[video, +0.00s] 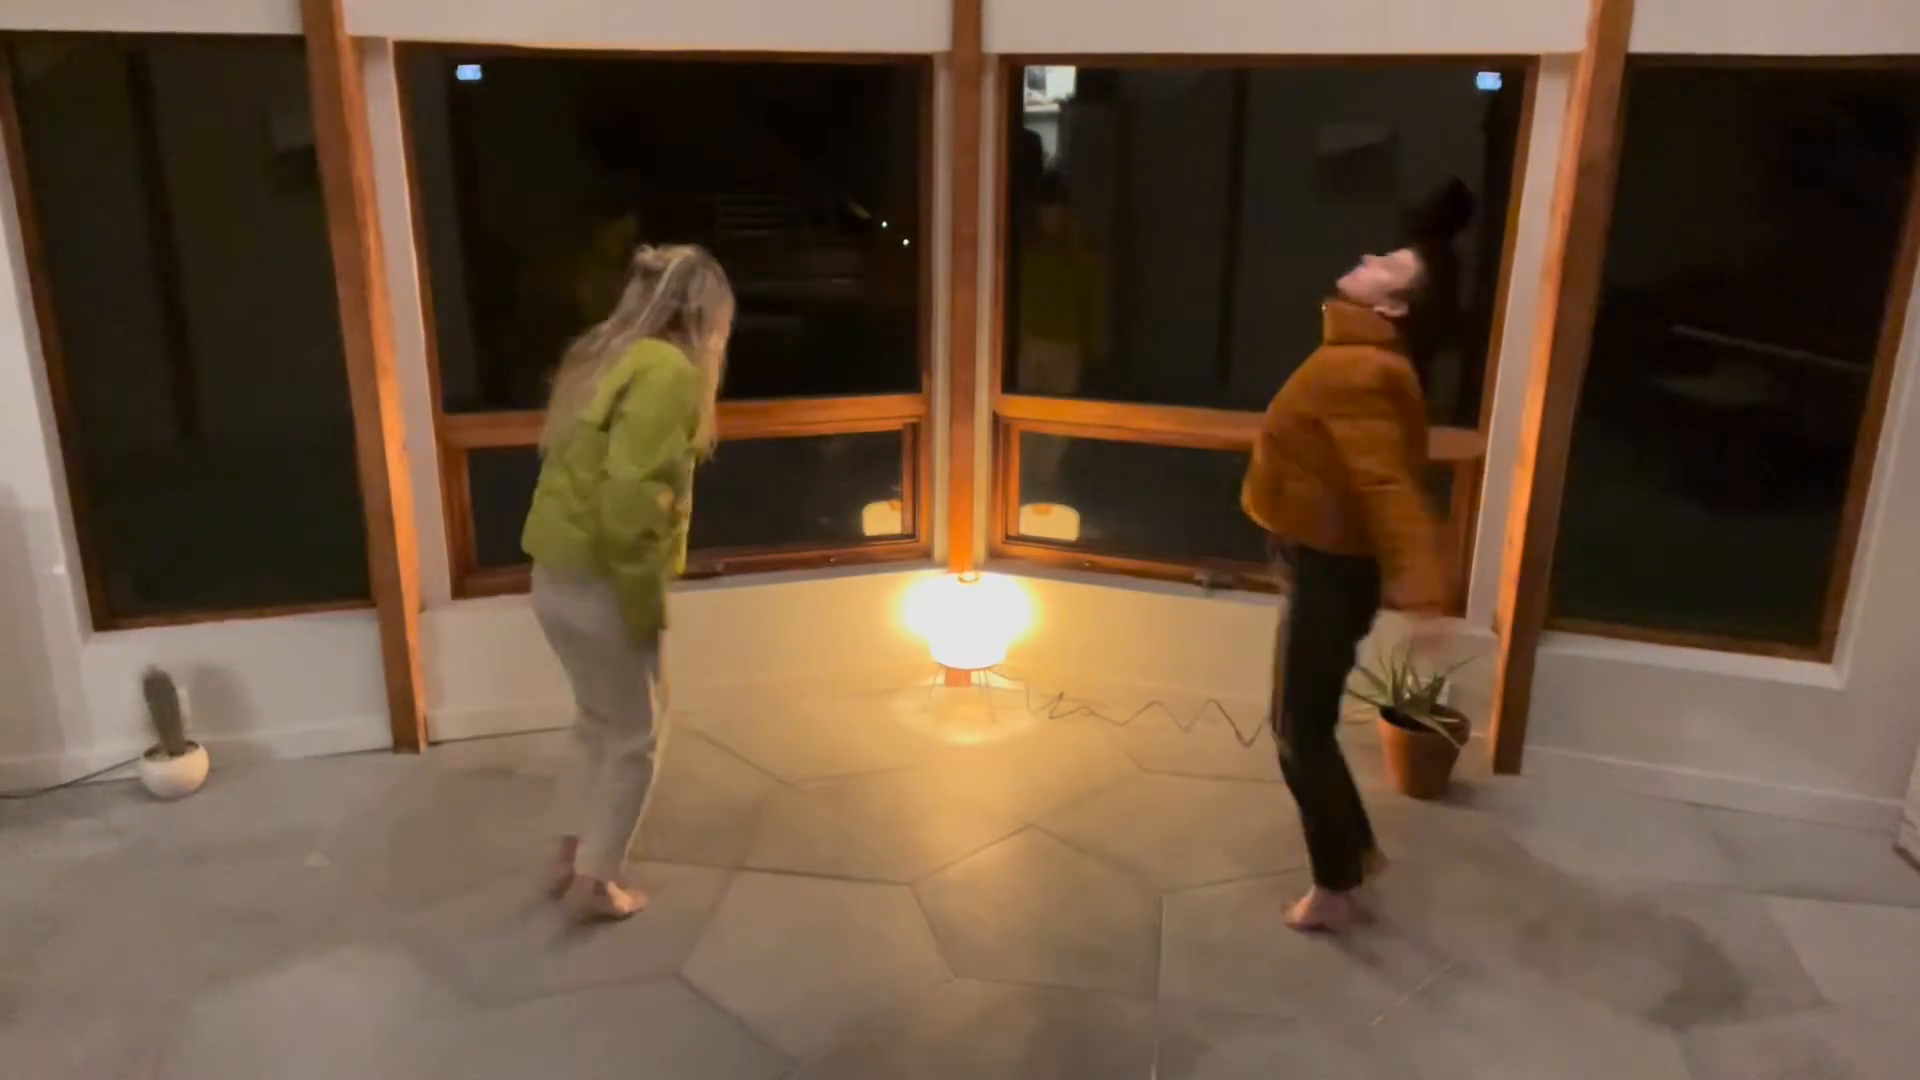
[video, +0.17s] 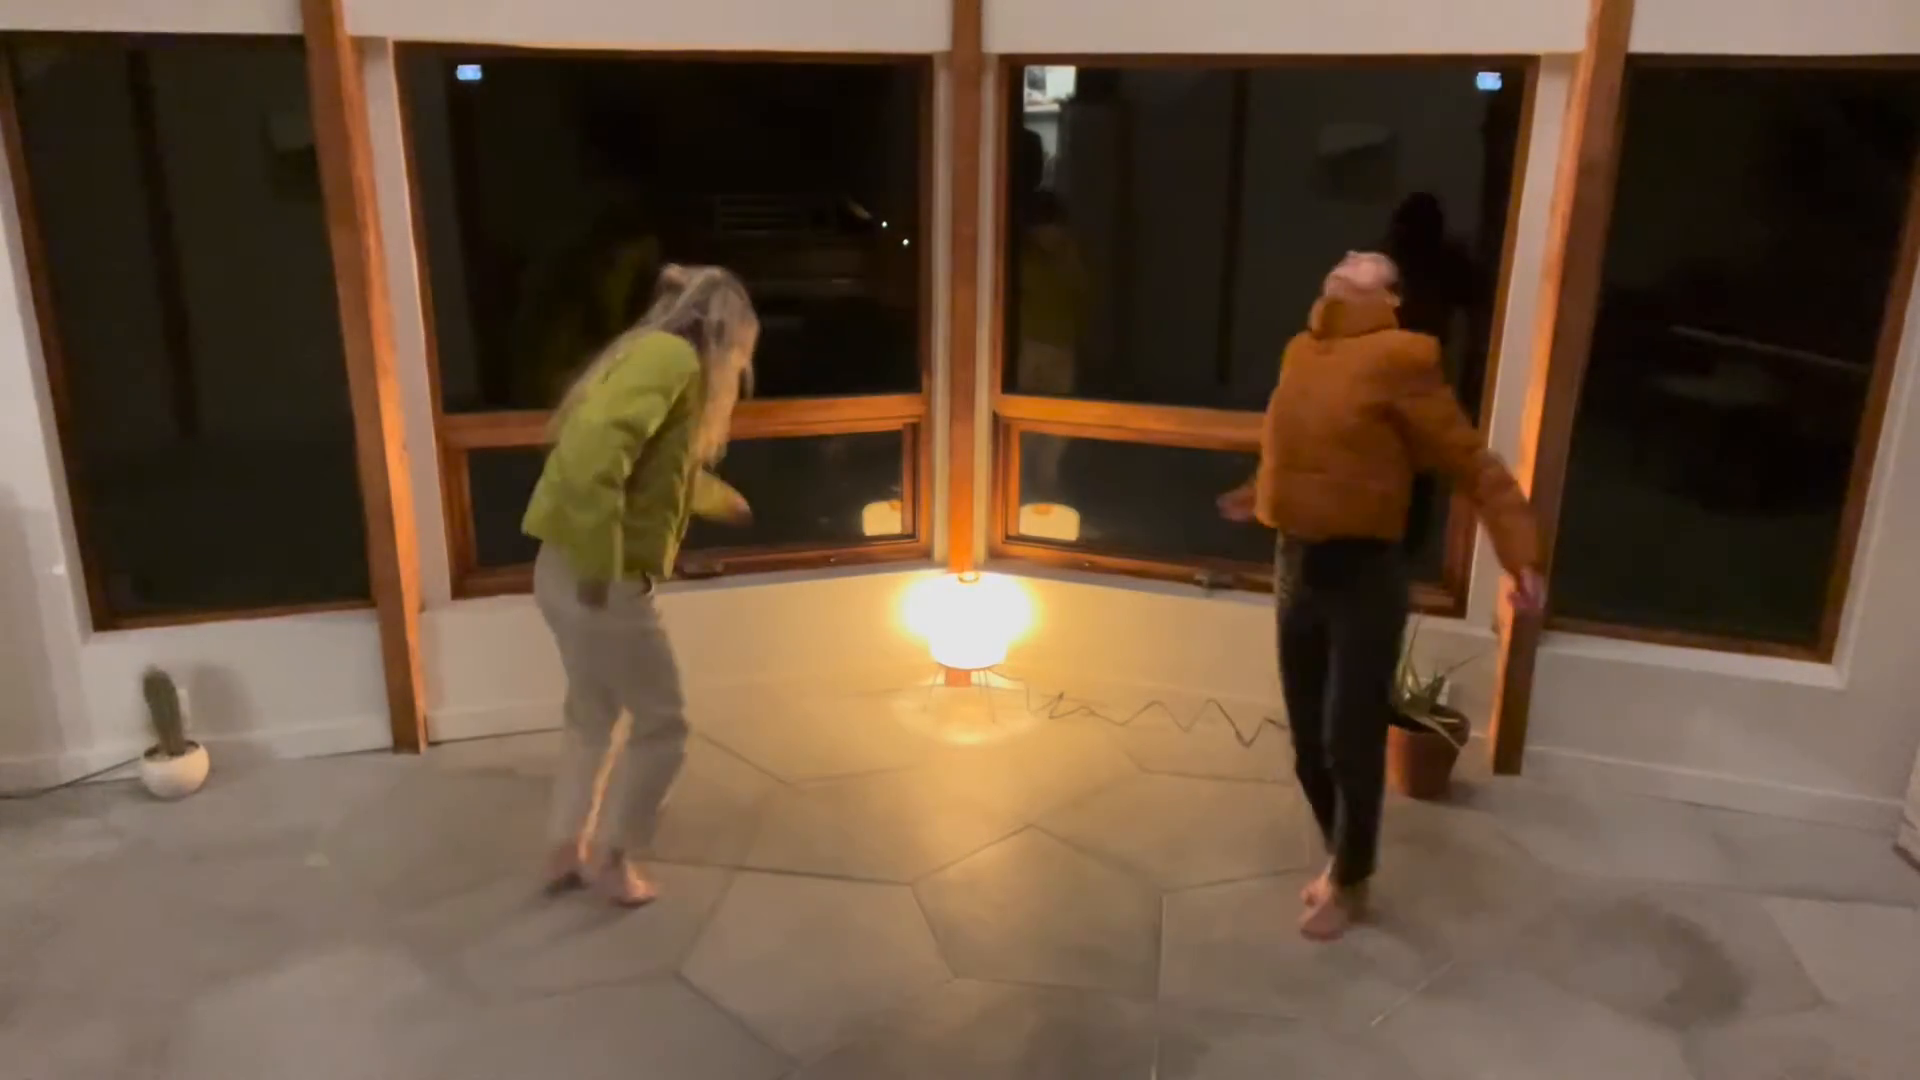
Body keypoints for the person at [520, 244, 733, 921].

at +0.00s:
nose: (724, 339)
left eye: (725, 325)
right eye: (722, 324)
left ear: (649, 302)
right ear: (699, 316)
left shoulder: (604, 354)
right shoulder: (668, 369)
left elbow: (566, 467)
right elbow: (632, 498)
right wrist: (648, 612)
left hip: (555, 578)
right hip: (599, 584)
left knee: (600, 724)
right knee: (633, 737)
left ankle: (583, 851)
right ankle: (596, 880)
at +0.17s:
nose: (738, 365)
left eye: (743, 353)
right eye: (739, 349)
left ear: (684, 313)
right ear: (718, 329)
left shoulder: (651, 355)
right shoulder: (672, 356)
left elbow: (660, 469)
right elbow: (594, 446)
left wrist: (717, 497)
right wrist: (598, 565)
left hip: (566, 570)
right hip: (606, 580)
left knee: (590, 711)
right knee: (661, 723)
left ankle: (565, 846)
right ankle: (611, 857)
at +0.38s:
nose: (774, 392)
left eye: (778, 382)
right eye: (775, 376)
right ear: (757, 350)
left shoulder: (714, 404)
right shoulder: (705, 353)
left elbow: (699, 513)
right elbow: (621, 389)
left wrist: (764, 575)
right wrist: (597, 501)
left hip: (606, 569)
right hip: (602, 566)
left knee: (635, 709)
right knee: (661, 723)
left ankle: (615, 836)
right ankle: (606, 853)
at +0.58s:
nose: (798, 411)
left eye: (802, 401)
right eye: (800, 394)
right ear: (789, 370)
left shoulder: (748, 432)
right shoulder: (748, 357)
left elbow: (714, 528)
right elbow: (673, 354)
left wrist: (782, 574)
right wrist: (667, 472)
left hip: (643, 557)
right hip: (625, 550)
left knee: (683, 683)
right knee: (663, 711)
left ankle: (665, 816)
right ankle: (630, 864)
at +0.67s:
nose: (798, 411)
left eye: (801, 403)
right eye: (800, 394)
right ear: (794, 365)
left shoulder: (751, 422)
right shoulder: (758, 355)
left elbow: (721, 523)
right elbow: (689, 354)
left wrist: (791, 551)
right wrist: (697, 469)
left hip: (652, 554)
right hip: (635, 549)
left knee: (684, 702)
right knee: (677, 710)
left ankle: (682, 828)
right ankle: (632, 861)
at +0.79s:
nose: (806, 386)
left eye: (807, 378)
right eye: (806, 372)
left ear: (749, 338)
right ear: (793, 348)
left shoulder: (693, 386)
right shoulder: (771, 351)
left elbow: (727, 503)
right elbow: (712, 387)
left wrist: (801, 506)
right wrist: (783, 458)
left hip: (636, 557)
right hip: (675, 563)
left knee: (679, 705)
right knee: (764, 684)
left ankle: (676, 830)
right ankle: (720, 813)